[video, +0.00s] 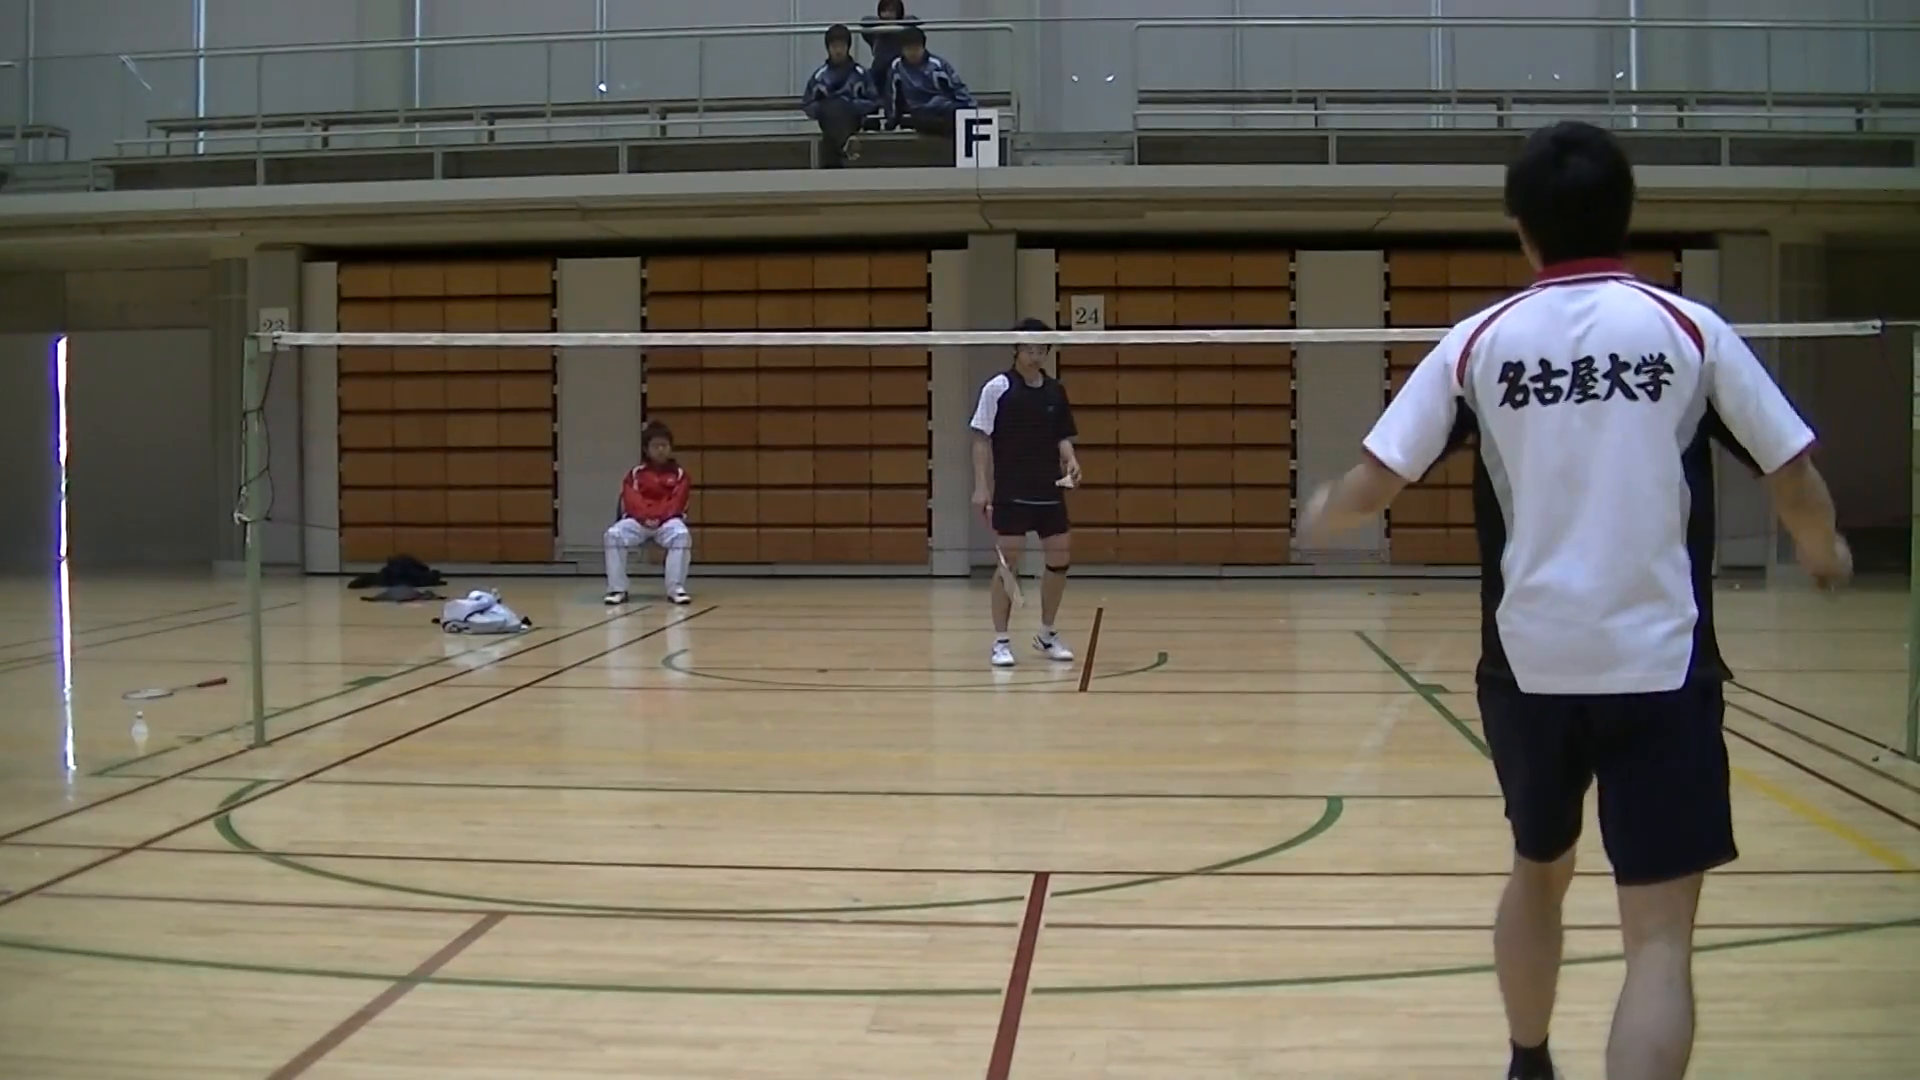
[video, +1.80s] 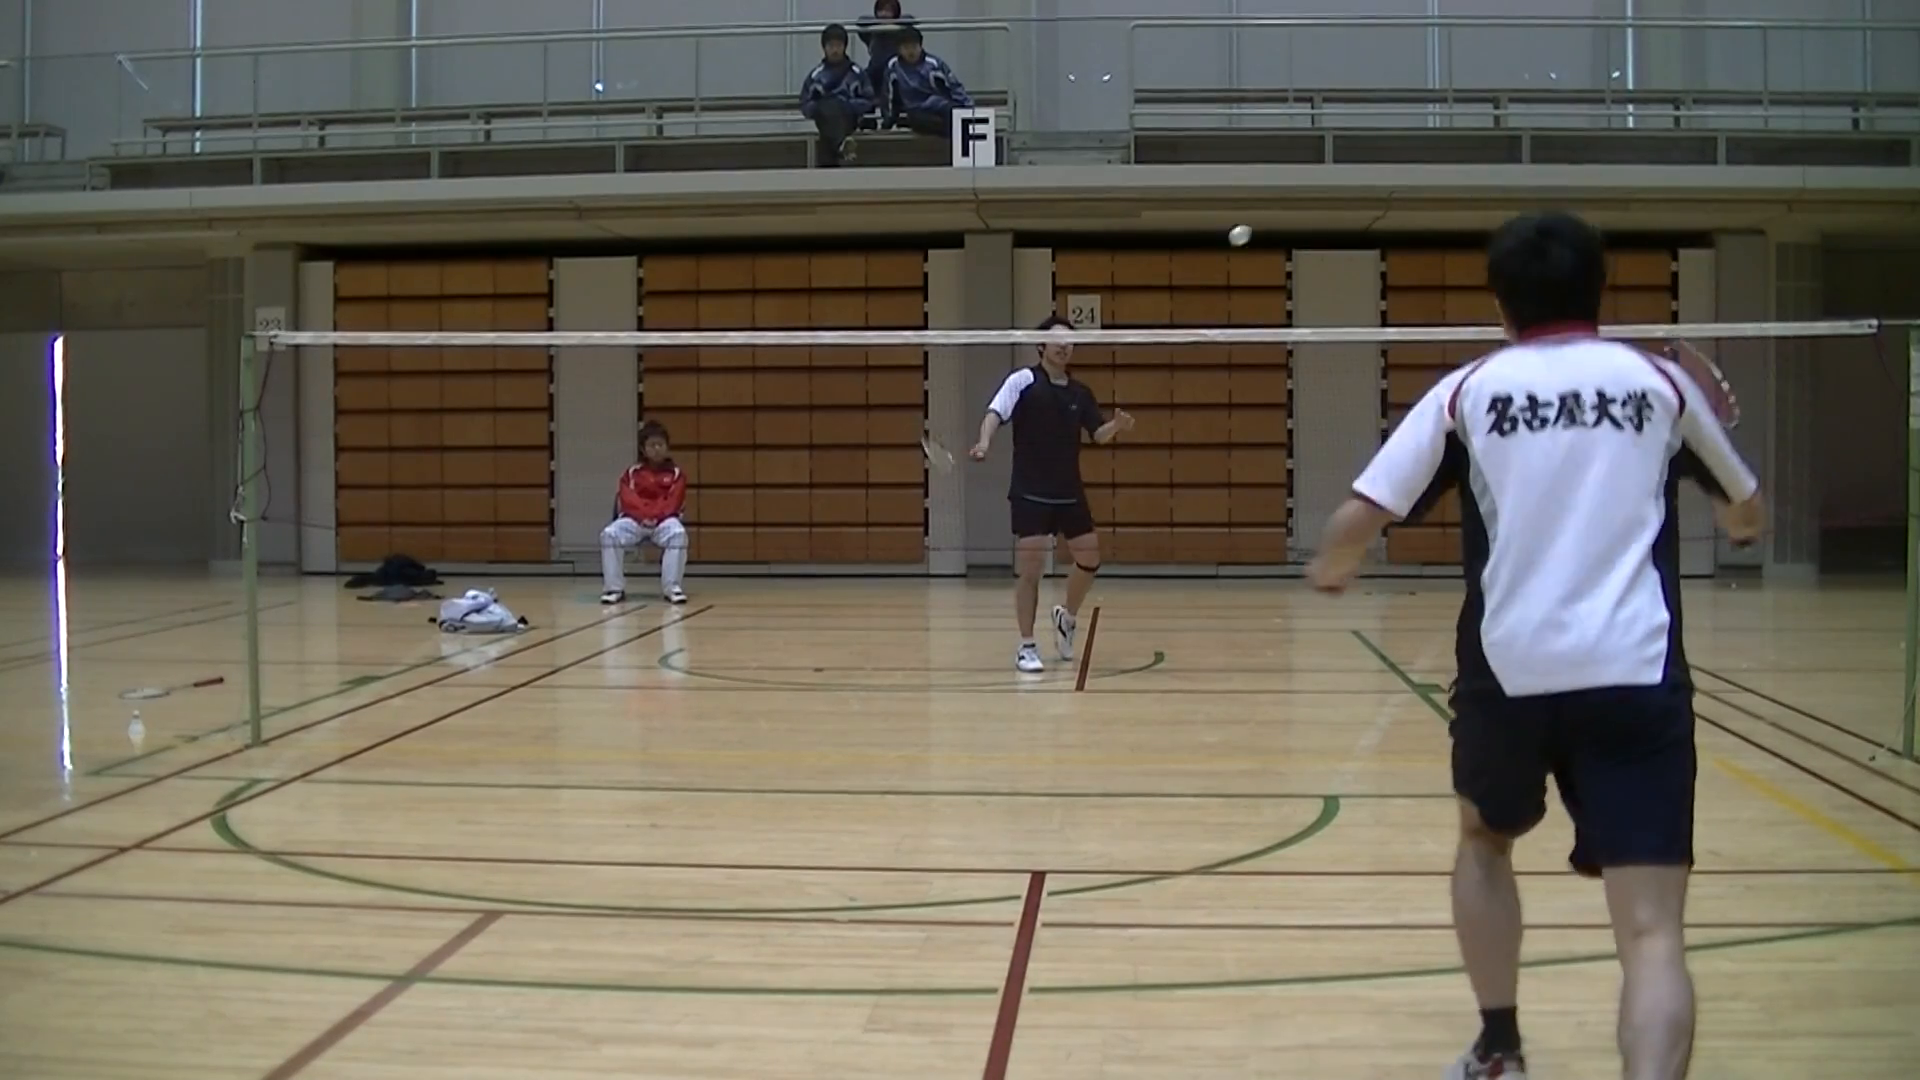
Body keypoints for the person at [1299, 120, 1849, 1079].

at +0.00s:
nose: (1526, 232)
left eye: (1521, 219)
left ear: (1522, 230)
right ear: (1626, 219)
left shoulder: (1477, 343)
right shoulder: (1692, 330)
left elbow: (1371, 484)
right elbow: (1792, 470)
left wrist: (1325, 515)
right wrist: (1820, 549)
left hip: (1529, 671)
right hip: (1661, 670)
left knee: (1536, 869)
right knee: (1658, 936)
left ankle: (1530, 1064)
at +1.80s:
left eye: (1501, 296)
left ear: (1502, 306)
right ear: (1598, 296)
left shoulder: (1464, 393)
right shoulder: (1660, 385)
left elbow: (1364, 510)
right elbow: (1745, 512)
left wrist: (1331, 567)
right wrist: (1733, 514)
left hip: (1507, 678)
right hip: (1637, 675)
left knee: (1485, 840)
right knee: (1651, 929)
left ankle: (1499, 1045)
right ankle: (1654, 1078)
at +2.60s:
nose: (1509, 367)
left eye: (1513, 356)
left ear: (1518, 367)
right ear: (1585, 375)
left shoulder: (1509, 411)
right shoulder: (1605, 456)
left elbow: (1406, 408)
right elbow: (1579, 552)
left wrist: (1280, 384)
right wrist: (1623, 547)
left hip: (1503, 635)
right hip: (1574, 651)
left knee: (1444, 820)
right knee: (1496, 754)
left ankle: (1505, 939)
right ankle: (1509, 906)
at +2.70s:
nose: (1509, 351)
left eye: (1514, 342)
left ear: (1517, 353)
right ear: (1584, 362)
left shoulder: (1513, 395)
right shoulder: (1607, 441)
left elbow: (1414, 392)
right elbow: (1602, 491)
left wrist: (1294, 366)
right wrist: (1655, 483)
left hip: (1510, 611)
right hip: (1577, 627)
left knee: (1447, 796)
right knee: (1491, 748)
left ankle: (1519, 934)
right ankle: (1515, 913)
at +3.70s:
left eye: (1523, 359)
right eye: (1590, 357)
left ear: (1524, 362)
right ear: (1590, 365)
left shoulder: (1495, 411)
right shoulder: (1618, 442)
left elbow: (1442, 489)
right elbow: (1639, 566)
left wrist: (1379, 572)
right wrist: (1650, 660)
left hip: (1494, 609)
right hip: (1577, 620)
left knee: (1464, 762)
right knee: (1534, 766)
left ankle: (1452, 860)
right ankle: (1514, 905)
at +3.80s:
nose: (1524, 336)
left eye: (1524, 327)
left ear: (1531, 331)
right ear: (1594, 334)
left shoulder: (1509, 382)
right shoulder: (1629, 411)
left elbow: (1480, 458)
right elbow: (1643, 527)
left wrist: (1435, 534)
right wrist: (1638, 622)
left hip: (1515, 586)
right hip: (1596, 595)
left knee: (1492, 732)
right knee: (1556, 759)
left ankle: (1472, 843)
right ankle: (1520, 897)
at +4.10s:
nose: (1565, 356)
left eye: (1567, 348)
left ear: (1570, 351)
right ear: (1630, 351)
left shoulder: (1558, 403)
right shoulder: (1666, 415)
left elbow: (1495, 486)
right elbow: (1685, 516)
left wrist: (1435, 556)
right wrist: (1691, 580)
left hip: (1578, 586)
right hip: (1653, 590)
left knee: (1551, 733)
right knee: (1641, 679)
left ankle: (1558, 855)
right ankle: (1637, 794)